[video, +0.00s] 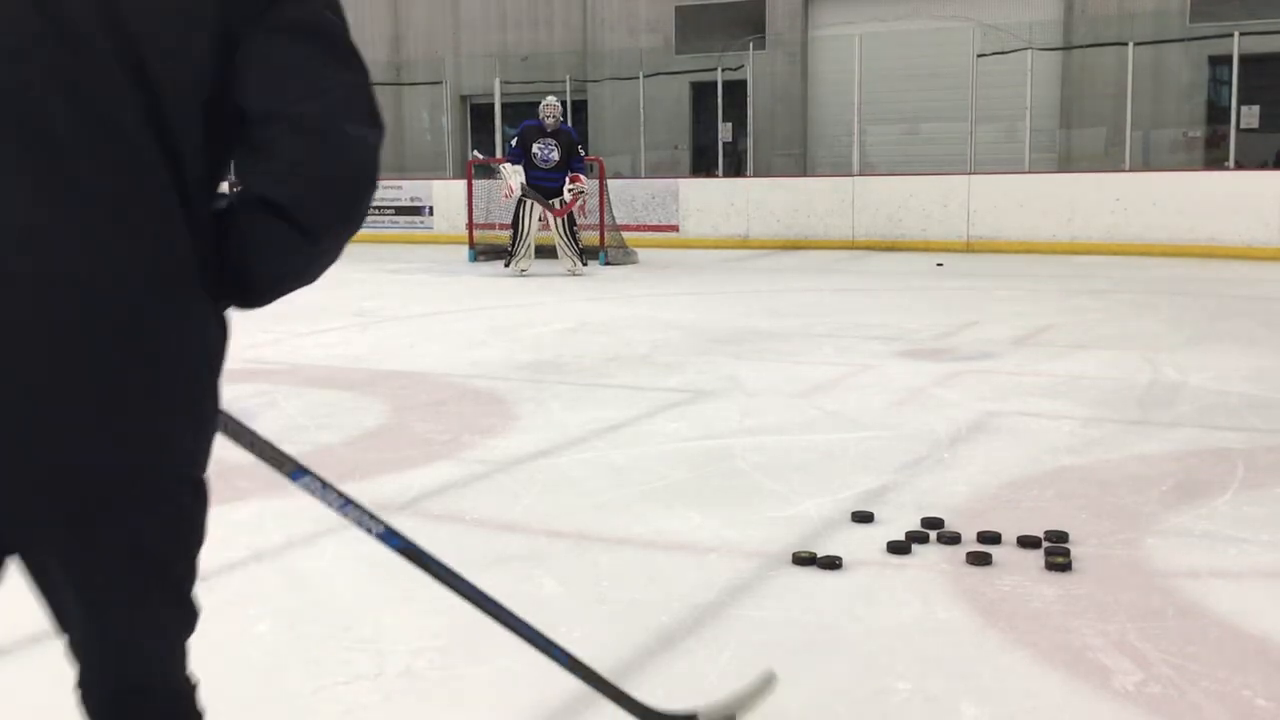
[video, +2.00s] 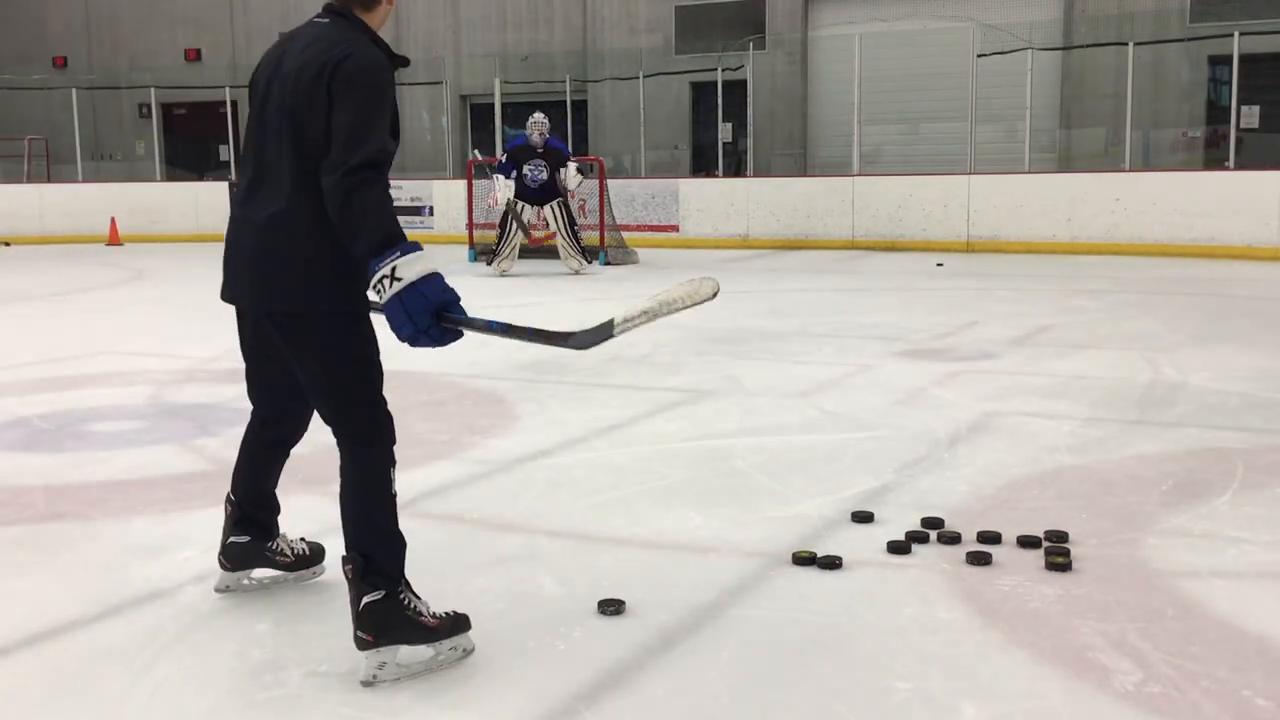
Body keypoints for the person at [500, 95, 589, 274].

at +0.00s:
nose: (551, 115)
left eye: (554, 111)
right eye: (547, 110)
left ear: (560, 113)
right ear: (540, 112)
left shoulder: (568, 134)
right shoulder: (528, 129)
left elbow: (577, 162)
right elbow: (513, 156)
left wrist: (577, 183)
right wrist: (512, 178)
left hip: (558, 191)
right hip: (531, 190)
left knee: (564, 229)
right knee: (524, 229)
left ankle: (575, 265)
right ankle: (519, 266)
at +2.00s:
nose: (536, 133)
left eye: (541, 130)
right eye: (533, 130)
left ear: (546, 131)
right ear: (528, 131)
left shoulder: (556, 149)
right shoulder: (517, 148)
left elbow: (569, 181)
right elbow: (503, 171)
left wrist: (574, 176)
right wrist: (501, 190)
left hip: (552, 197)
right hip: (523, 197)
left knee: (566, 229)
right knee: (511, 231)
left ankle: (578, 263)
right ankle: (501, 264)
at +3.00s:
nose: (538, 155)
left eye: (541, 151)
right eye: (534, 151)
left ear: (547, 152)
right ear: (528, 153)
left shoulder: (556, 170)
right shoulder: (516, 169)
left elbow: (569, 195)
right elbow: (500, 191)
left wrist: (580, 186)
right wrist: (501, 211)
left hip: (549, 209)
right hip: (523, 209)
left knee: (565, 236)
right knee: (510, 237)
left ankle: (584, 263)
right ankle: (491, 265)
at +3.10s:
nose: (538, 158)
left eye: (541, 154)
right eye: (534, 154)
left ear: (548, 156)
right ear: (528, 156)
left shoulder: (556, 174)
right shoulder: (516, 171)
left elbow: (565, 197)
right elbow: (500, 191)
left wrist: (573, 204)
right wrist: (512, 210)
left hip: (549, 217)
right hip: (522, 217)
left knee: (565, 241)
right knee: (512, 243)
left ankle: (587, 264)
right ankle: (493, 266)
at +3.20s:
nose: (536, 164)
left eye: (540, 160)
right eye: (532, 160)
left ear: (547, 160)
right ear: (527, 161)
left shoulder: (556, 180)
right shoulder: (518, 178)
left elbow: (564, 203)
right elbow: (501, 196)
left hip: (549, 224)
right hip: (524, 225)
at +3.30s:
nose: (532, 177)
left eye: (536, 173)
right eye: (529, 173)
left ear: (543, 172)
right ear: (523, 172)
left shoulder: (554, 189)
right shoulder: (515, 187)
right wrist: (502, 218)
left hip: (546, 235)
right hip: (520, 236)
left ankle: (591, 263)